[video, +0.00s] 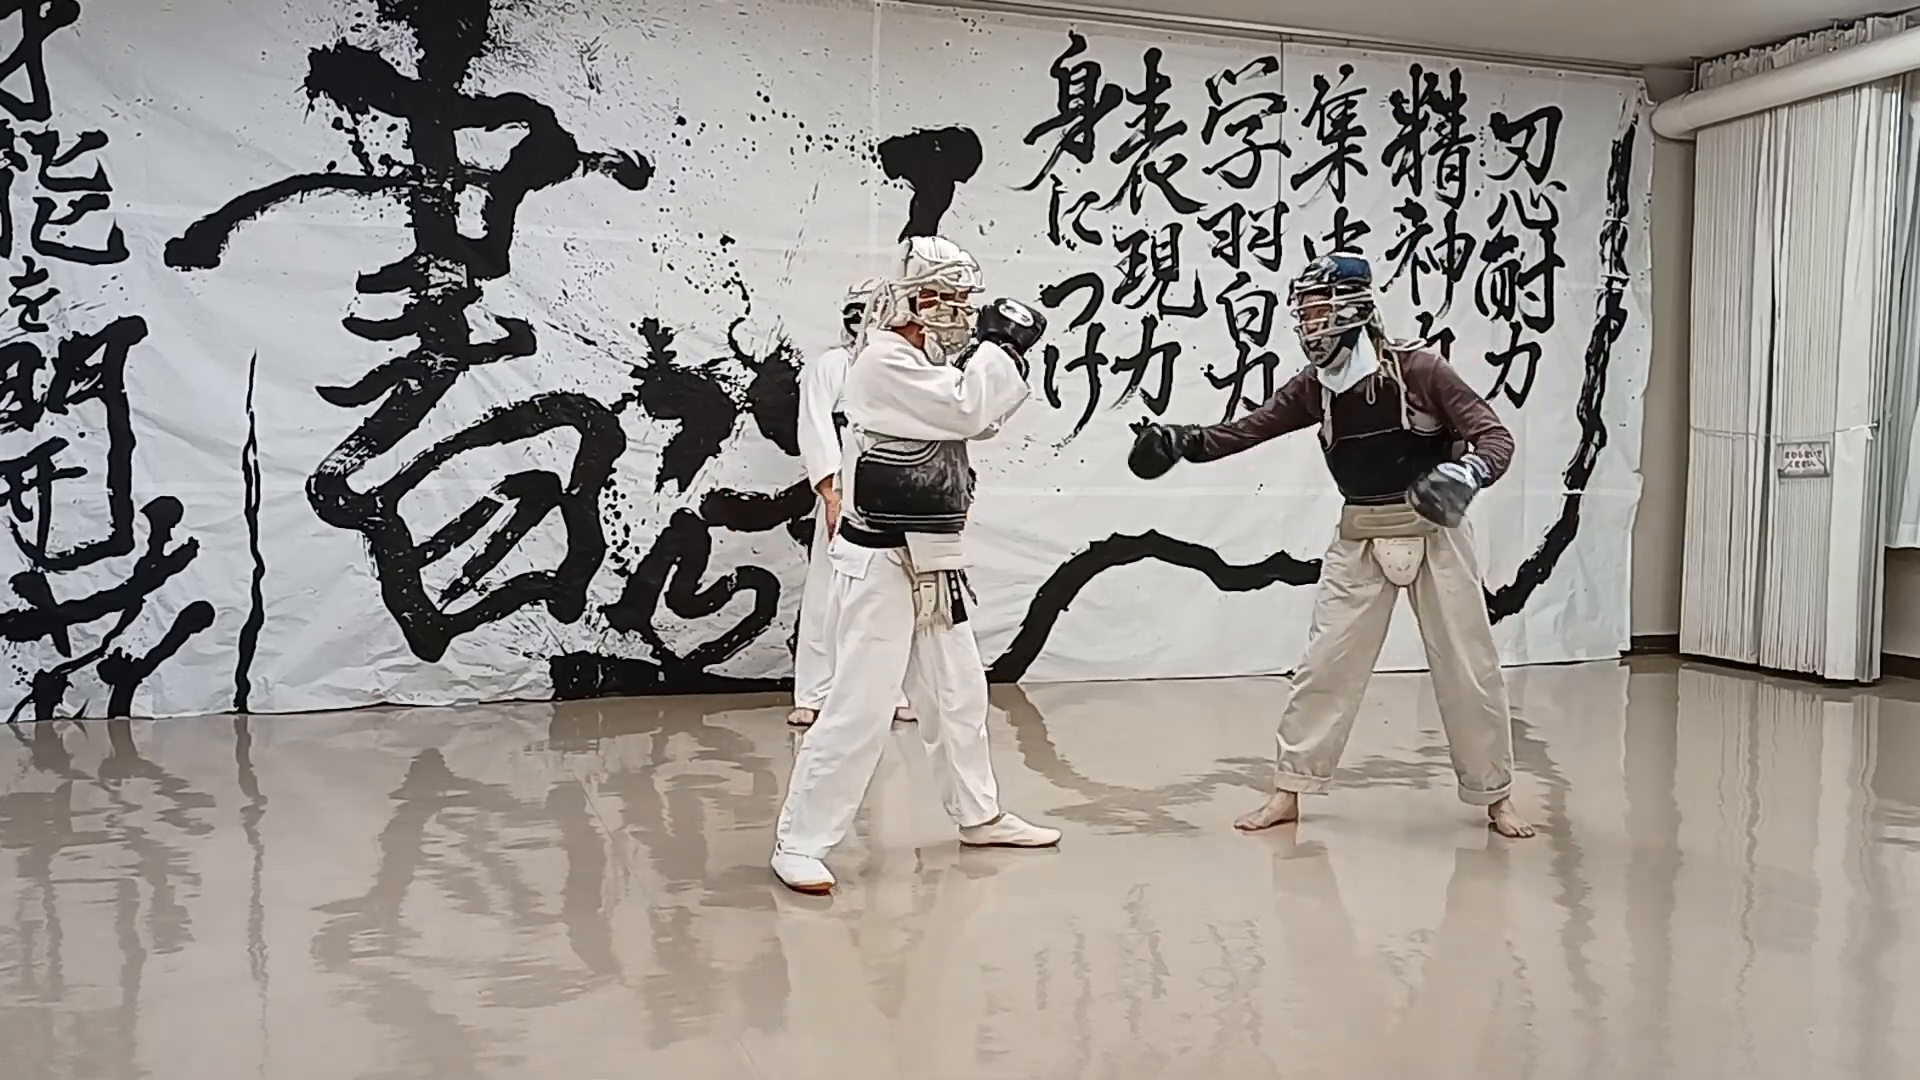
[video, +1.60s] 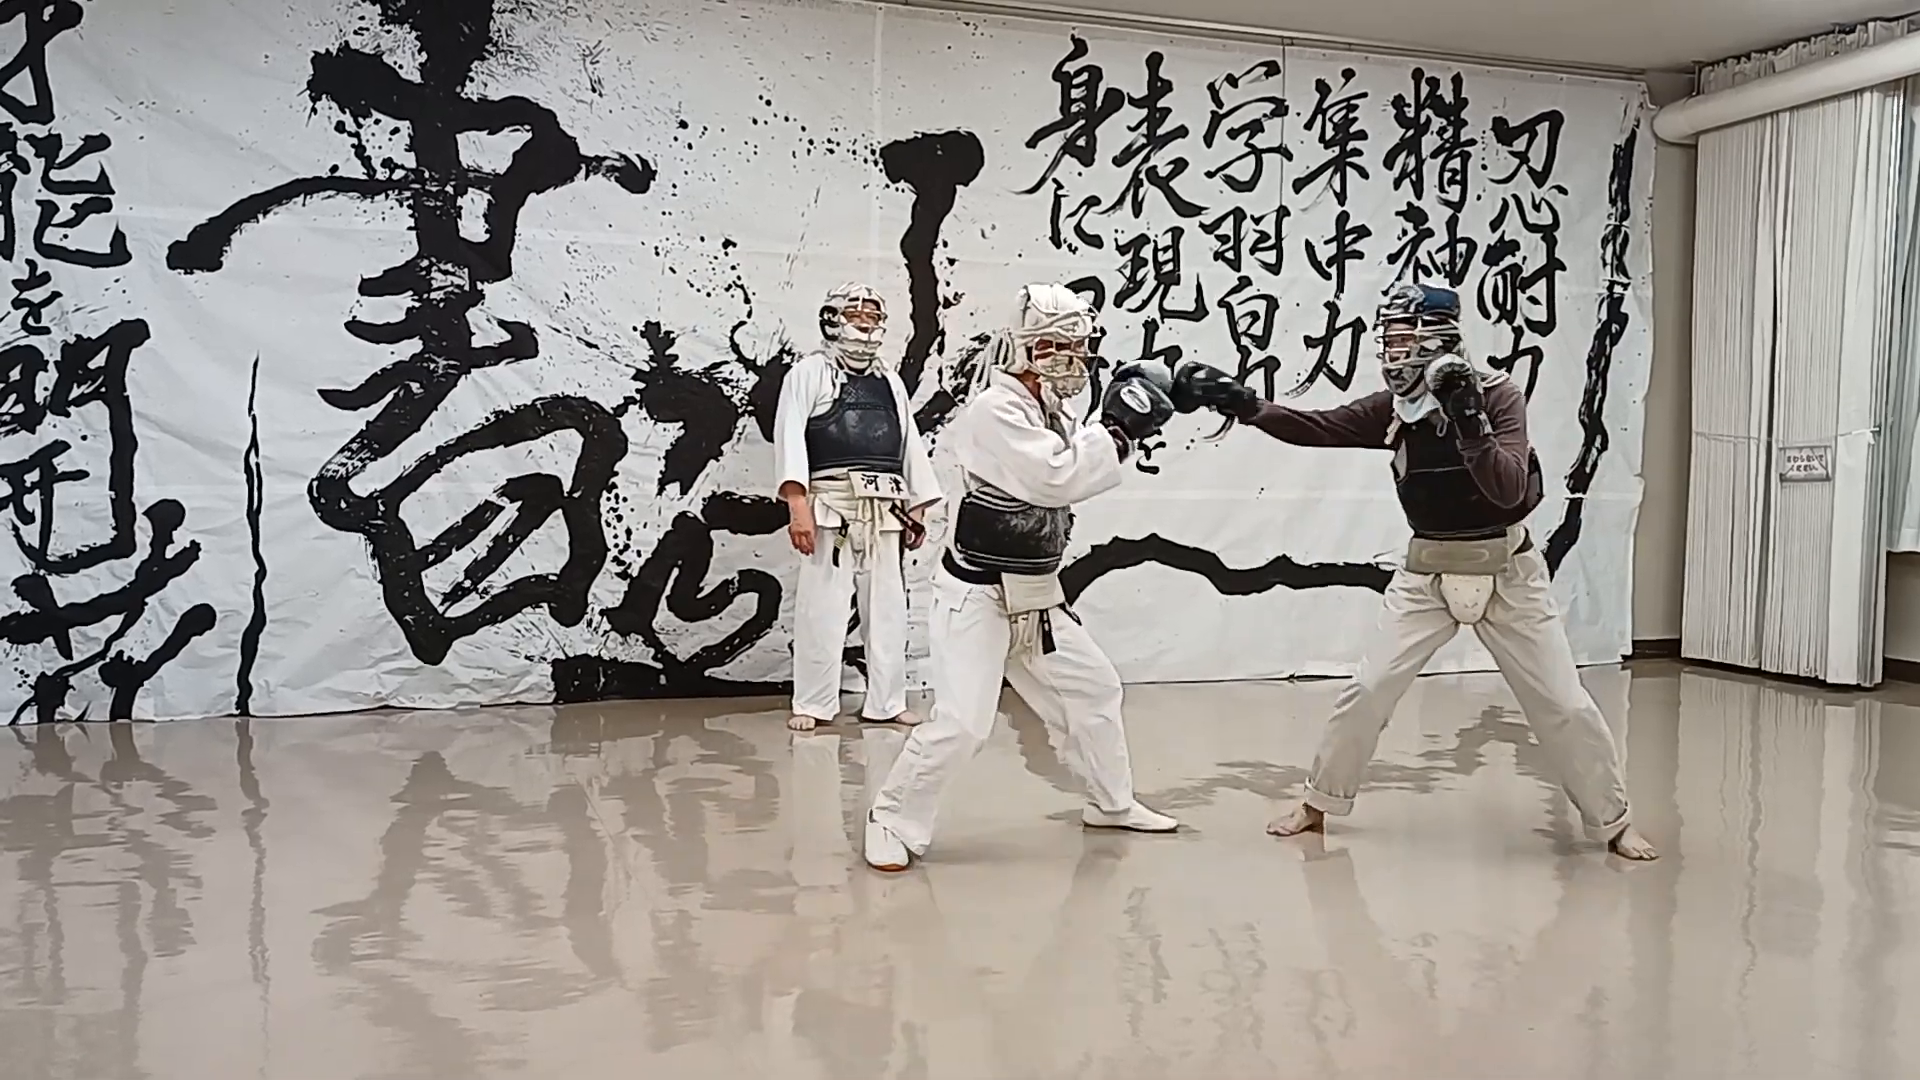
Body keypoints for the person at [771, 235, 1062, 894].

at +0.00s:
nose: (954, 313)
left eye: (961, 301)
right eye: (943, 300)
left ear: (965, 305)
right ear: (910, 299)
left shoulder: (937, 363)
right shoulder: (880, 360)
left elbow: (982, 422)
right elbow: (962, 408)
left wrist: (1009, 358)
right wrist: (1001, 347)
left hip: (934, 555)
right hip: (877, 556)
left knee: (959, 693)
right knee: (858, 707)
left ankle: (979, 818)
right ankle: (799, 847)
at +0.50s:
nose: (980, 338)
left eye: (987, 327)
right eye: (967, 324)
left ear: (995, 332)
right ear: (937, 326)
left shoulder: (972, 393)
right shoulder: (902, 379)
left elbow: (1018, 450)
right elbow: (964, 438)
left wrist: (1078, 421)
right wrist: (1022, 389)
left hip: (946, 572)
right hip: (889, 571)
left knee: (991, 690)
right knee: (885, 717)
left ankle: (1010, 813)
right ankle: (815, 846)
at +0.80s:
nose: (994, 331)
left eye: (1002, 321)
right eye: (981, 318)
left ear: (1006, 326)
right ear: (948, 315)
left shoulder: (980, 377)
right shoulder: (914, 369)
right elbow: (986, 417)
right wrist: (1029, 362)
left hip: (965, 562)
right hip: (902, 564)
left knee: (1011, 686)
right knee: (897, 709)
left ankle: (1013, 814)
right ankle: (843, 843)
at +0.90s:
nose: (986, 335)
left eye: (995, 325)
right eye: (972, 322)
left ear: (1005, 329)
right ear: (941, 321)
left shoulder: (974, 382)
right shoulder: (910, 374)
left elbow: (960, 472)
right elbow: (973, 429)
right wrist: (1031, 376)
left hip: (959, 571)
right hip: (900, 573)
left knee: (1027, 676)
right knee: (894, 710)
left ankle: (1031, 804)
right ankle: (843, 843)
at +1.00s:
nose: (991, 334)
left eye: (998, 323)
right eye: (978, 321)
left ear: (1005, 328)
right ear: (947, 321)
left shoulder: (975, 388)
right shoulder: (914, 375)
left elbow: (979, 477)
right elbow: (975, 432)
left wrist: (1039, 473)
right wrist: (1037, 380)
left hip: (964, 572)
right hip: (908, 574)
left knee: (1018, 688)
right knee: (898, 714)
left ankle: (1048, 807)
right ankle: (842, 845)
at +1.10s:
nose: (1007, 334)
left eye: (1012, 324)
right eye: (995, 321)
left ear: (1010, 326)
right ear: (961, 320)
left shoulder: (986, 385)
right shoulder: (925, 376)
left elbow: (1021, 450)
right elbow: (995, 426)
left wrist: (1078, 408)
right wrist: (1046, 368)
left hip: (974, 572)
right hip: (918, 574)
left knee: (1018, 693)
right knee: (905, 715)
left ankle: (1046, 813)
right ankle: (841, 844)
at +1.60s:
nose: (1073, 359)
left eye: (1079, 348)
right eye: (1059, 348)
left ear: (1084, 350)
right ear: (1028, 349)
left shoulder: (1059, 407)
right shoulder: (994, 408)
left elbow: (1072, 467)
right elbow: (1055, 478)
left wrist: (1127, 419)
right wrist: (1117, 428)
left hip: (1029, 588)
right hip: (972, 591)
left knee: (1095, 688)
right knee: (962, 721)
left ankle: (1110, 804)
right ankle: (890, 822)